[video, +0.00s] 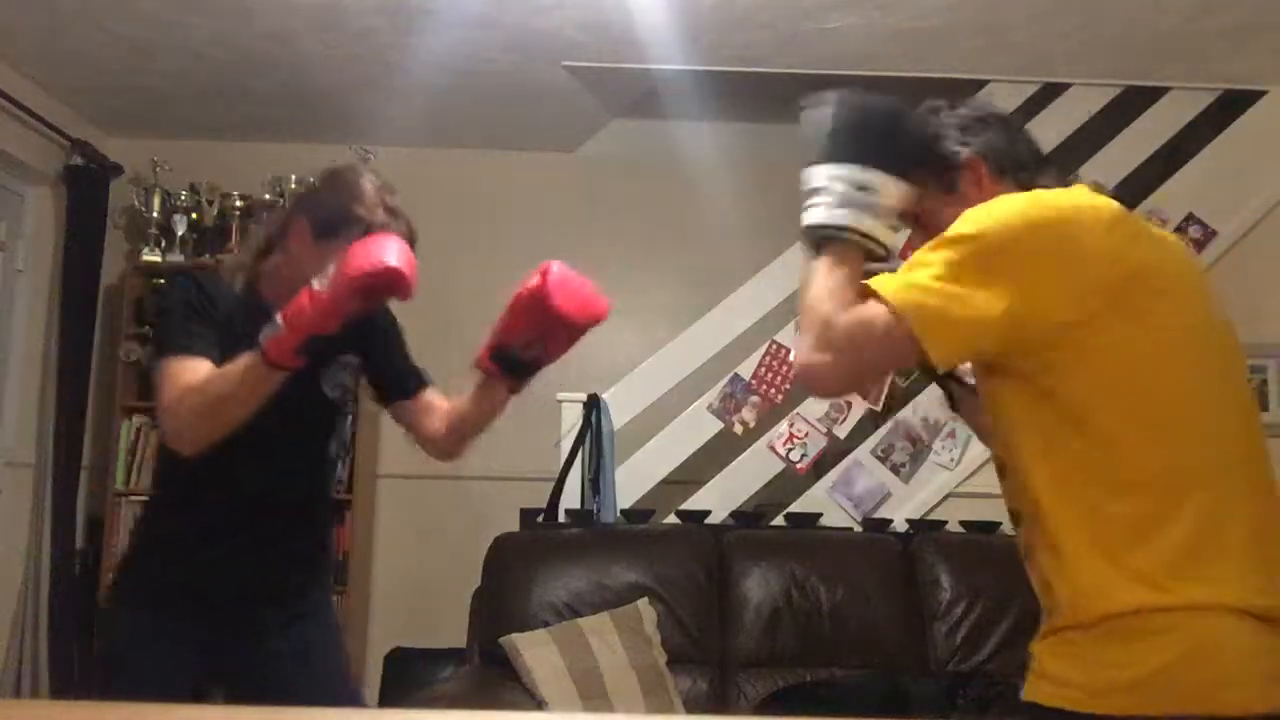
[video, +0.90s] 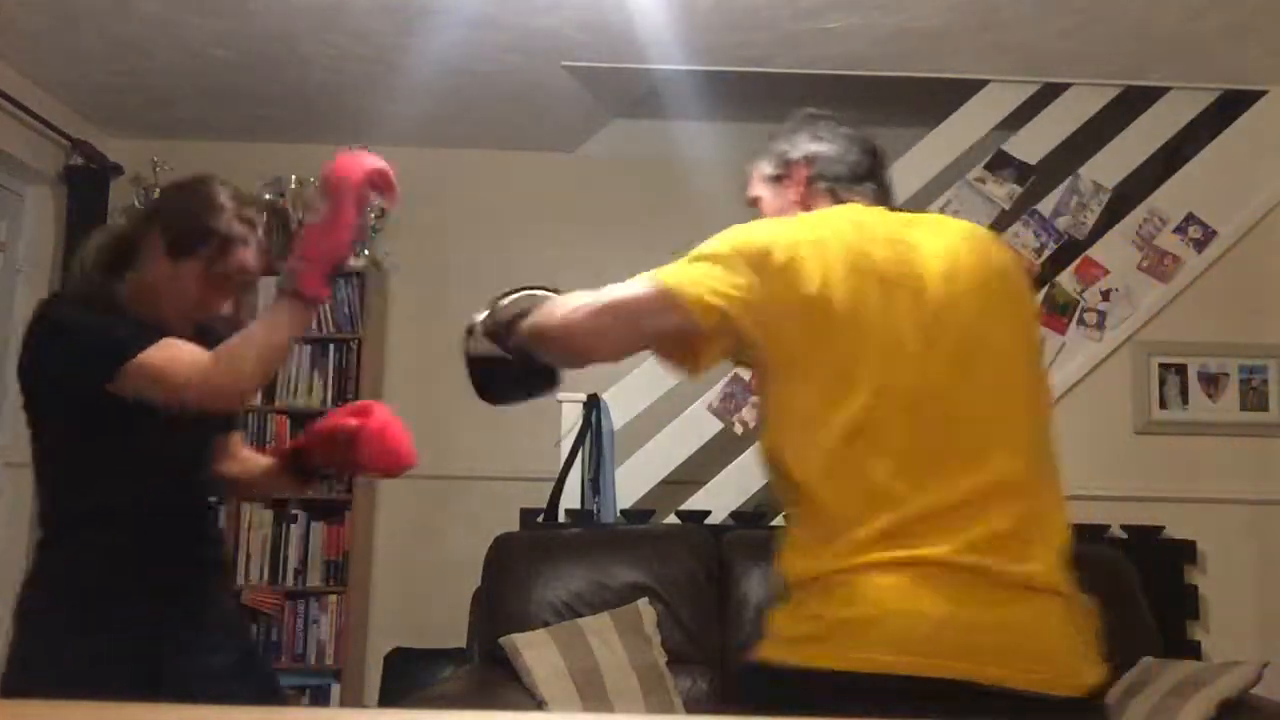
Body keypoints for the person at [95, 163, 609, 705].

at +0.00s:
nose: (350, 281)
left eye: (365, 270)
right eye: (345, 262)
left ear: (370, 267)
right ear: (298, 233)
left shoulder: (360, 320)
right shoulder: (200, 297)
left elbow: (443, 435)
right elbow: (184, 427)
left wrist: (512, 361)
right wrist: (295, 332)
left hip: (290, 604)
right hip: (169, 593)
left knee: (334, 718)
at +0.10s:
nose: (297, 285)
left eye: (312, 275)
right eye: (289, 261)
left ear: (330, 272)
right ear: (257, 240)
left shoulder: (326, 331)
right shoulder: (161, 295)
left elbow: (389, 448)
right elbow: (164, 411)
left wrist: (462, 391)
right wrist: (280, 303)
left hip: (263, 603)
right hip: (149, 599)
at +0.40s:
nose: (319, 278)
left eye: (334, 267)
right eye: (314, 259)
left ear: (341, 264)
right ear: (263, 231)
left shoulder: (330, 320)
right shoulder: (156, 291)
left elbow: (433, 408)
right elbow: (121, 416)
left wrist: (504, 353)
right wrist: (253, 333)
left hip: (277, 612)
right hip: (149, 604)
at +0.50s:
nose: (337, 305)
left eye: (351, 290)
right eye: (330, 281)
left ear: (352, 281)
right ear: (279, 256)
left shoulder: (340, 331)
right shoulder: (175, 318)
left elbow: (483, 389)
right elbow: (142, 446)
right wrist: (268, 355)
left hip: (293, 628)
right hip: (169, 625)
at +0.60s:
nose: (334, 295)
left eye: (347, 278)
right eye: (327, 270)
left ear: (349, 275)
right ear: (273, 248)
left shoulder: (331, 333)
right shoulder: (168, 318)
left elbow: (447, 415)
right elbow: (150, 453)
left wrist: (551, 367)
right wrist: (266, 358)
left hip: (277, 619)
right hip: (157, 618)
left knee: (320, 710)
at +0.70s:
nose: (289, 303)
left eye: (301, 289)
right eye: (283, 280)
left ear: (305, 286)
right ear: (238, 248)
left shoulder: (291, 336)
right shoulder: (126, 311)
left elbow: (361, 459)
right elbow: (141, 448)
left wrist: (458, 422)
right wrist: (254, 342)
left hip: (245, 627)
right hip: (123, 624)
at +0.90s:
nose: (228, 307)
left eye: (240, 289)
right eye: (219, 281)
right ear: (164, 251)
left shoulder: (202, 352)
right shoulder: (66, 328)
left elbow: (225, 462)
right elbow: (218, 383)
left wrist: (309, 464)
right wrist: (312, 272)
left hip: (196, 628)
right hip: (87, 635)